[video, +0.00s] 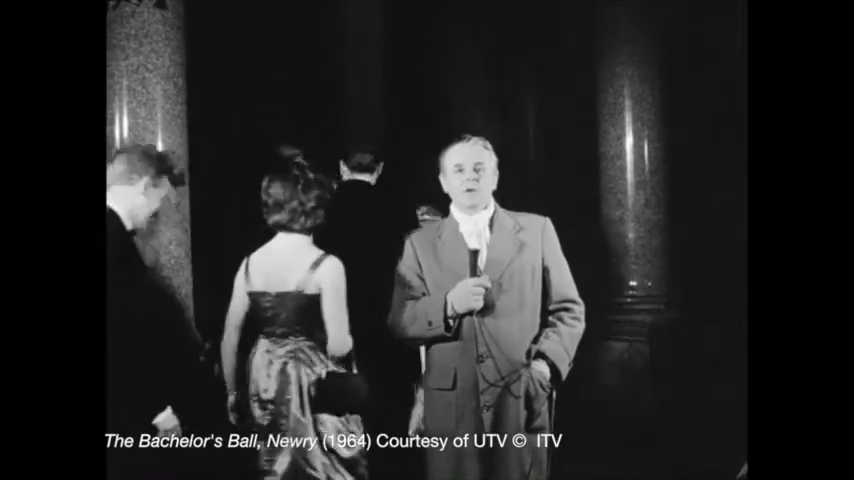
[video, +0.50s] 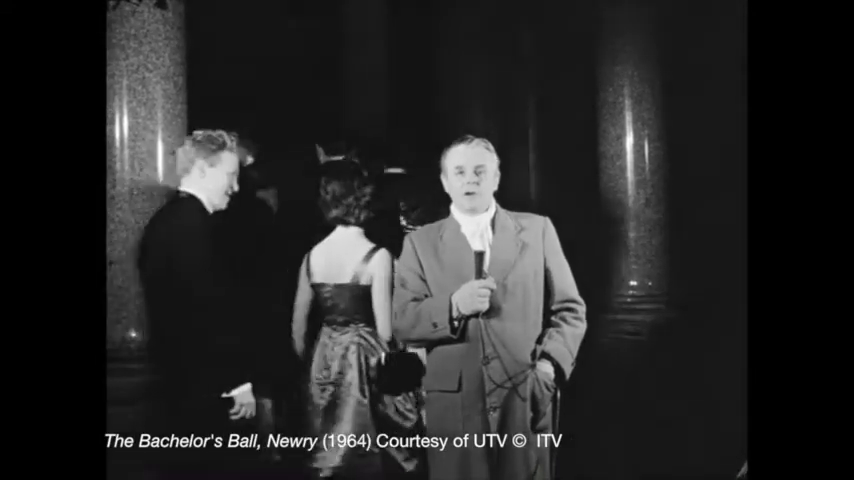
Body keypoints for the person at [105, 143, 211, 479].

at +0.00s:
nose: (157, 215)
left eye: (163, 205)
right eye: (160, 202)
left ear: (134, 182)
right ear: (146, 185)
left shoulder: (120, 243)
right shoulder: (114, 244)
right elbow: (124, 336)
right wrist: (157, 407)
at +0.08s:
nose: (174, 213)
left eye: (179, 204)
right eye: (177, 202)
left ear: (139, 182)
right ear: (162, 187)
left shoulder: (125, 233)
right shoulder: (126, 239)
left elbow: (144, 329)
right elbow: (137, 333)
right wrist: (168, 408)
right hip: (137, 416)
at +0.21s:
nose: (200, 205)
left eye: (203, 195)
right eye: (200, 194)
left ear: (172, 181)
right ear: (181, 183)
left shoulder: (131, 227)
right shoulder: (151, 236)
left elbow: (155, 322)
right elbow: (163, 324)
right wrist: (184, 395)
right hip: (150, 401)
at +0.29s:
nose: (212, 197)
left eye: (214, 187)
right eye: (210, 184)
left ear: (183, 175)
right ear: (185, 175)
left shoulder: (146, 224)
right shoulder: (166, 231)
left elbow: (169, 316)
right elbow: (176, 316)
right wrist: (198, 389)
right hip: (164, 387)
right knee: (166, 471)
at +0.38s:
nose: (222, 191)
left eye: (223, 181)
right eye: (219, 179)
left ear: (192, 171)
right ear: (192, 171)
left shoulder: (153, 223)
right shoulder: (176, 229)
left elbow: (174, 315)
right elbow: (188, 313)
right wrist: (211, 384)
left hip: (161, 378)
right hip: (178, 385)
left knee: (167, 471)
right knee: (183, 472)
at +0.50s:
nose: (235, 186)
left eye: (236, 177)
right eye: (230, 174)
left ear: (201, 170)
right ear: (203, 169)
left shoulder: (169, 220)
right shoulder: (191, 224)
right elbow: (207, 308)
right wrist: (236, 379)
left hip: (180, 370)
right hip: (200, 377)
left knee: (189, 465)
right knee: (208, 467)